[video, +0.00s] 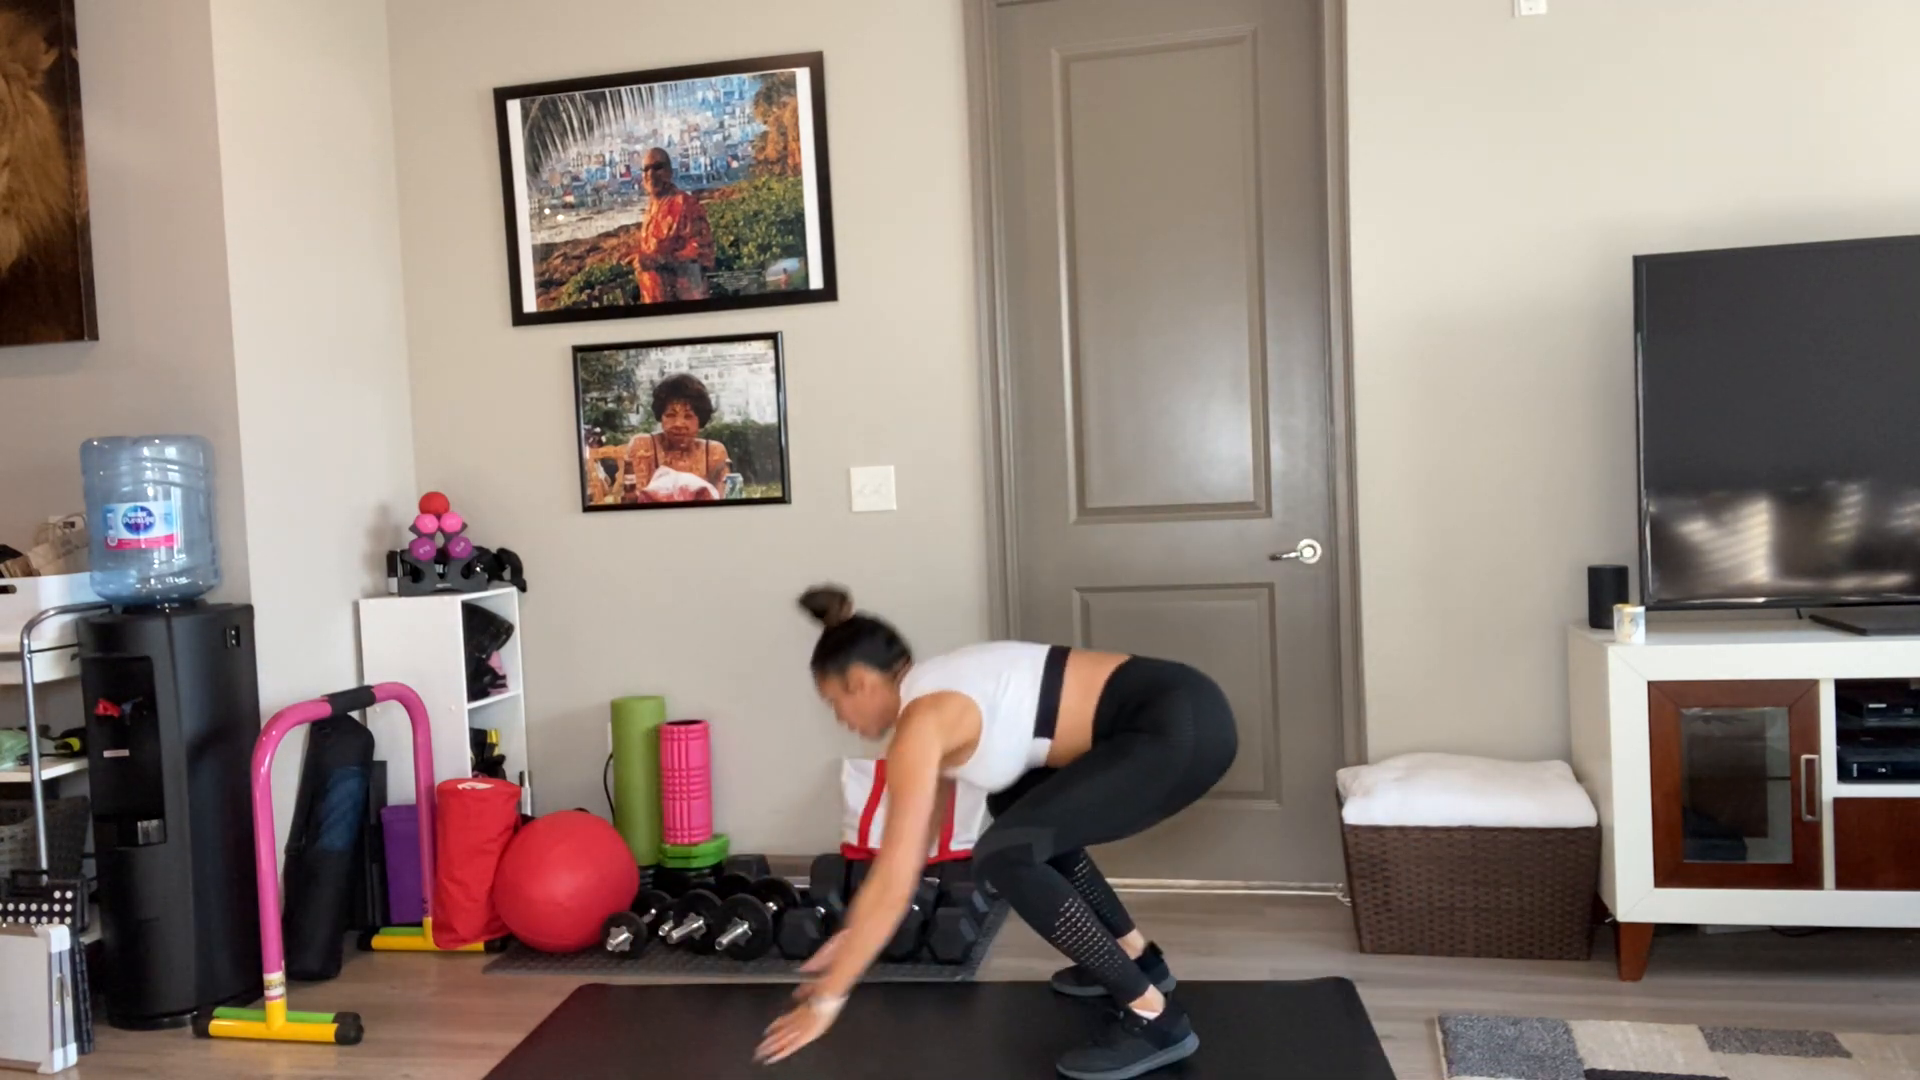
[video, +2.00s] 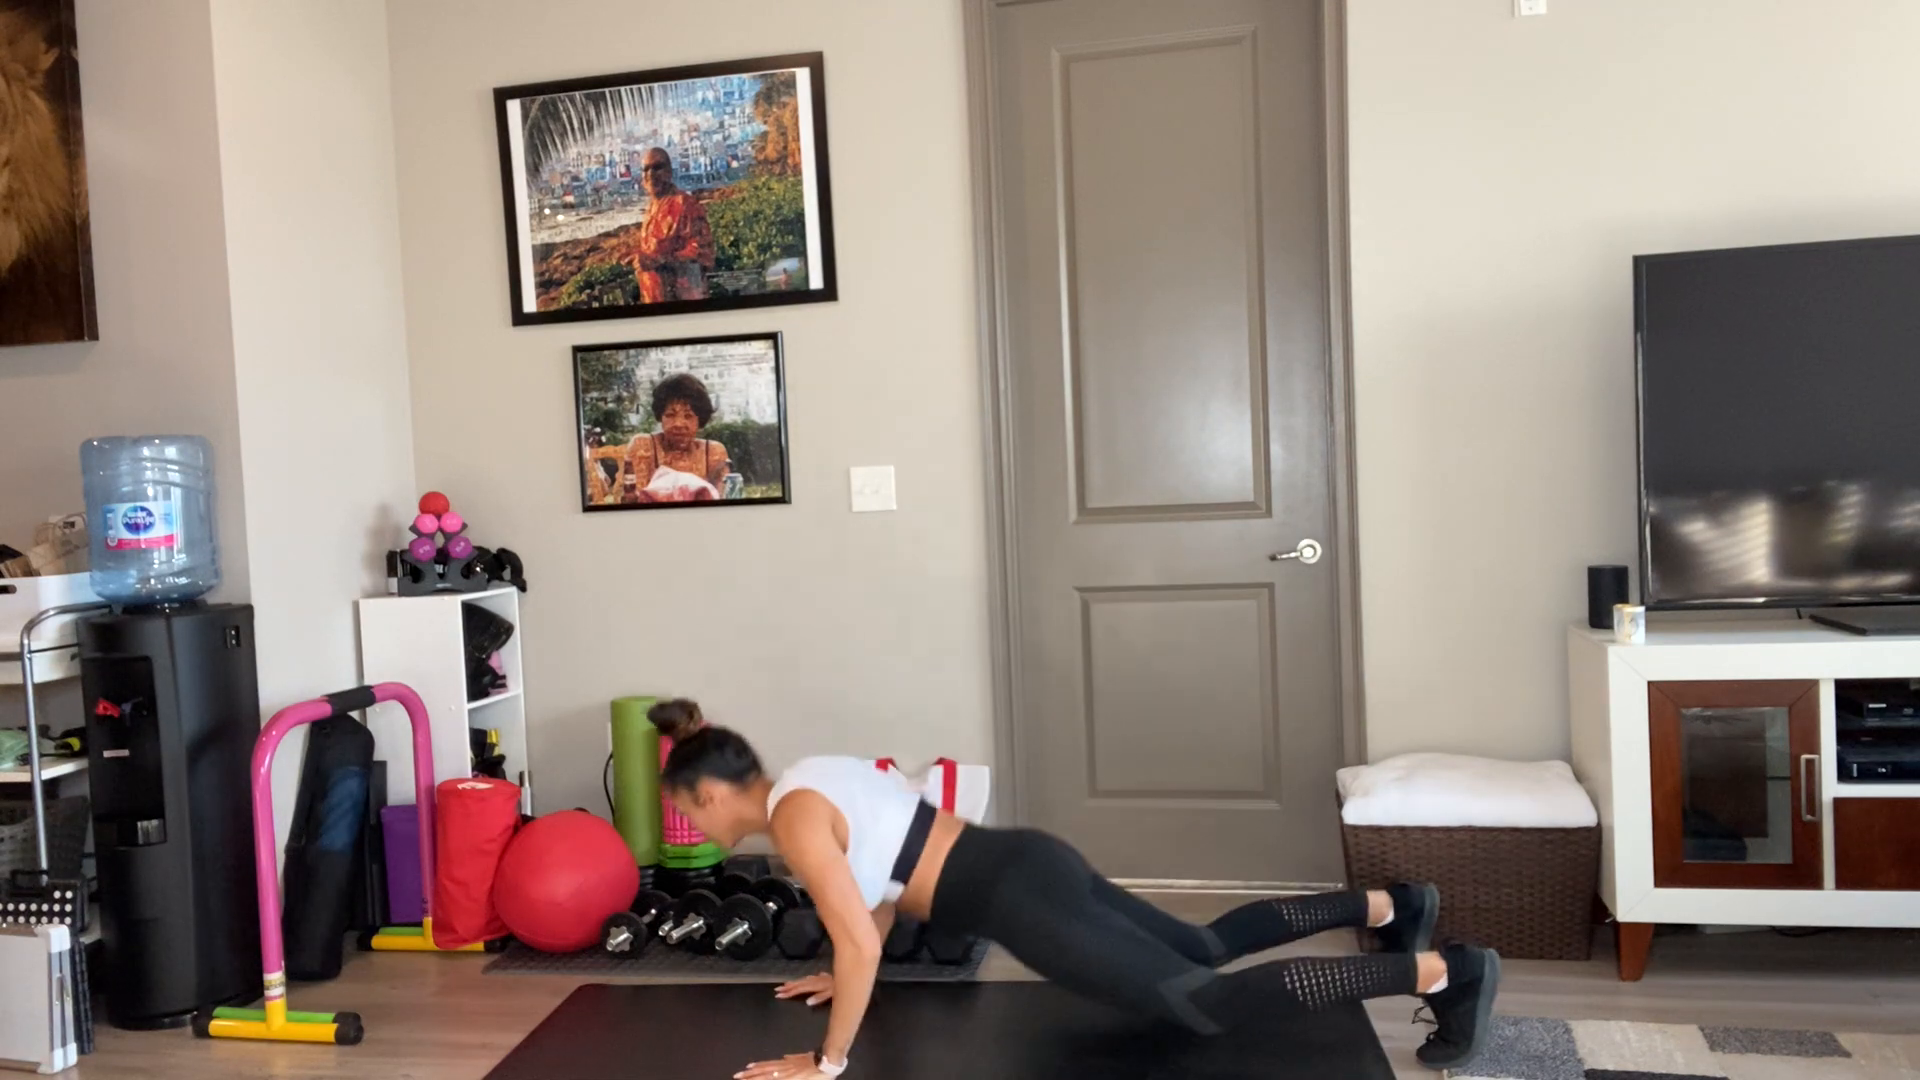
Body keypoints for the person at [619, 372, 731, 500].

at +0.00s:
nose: (679, 424)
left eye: (688, 416)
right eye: (670, 415)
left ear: (701, 420)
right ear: (660, 418)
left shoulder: (715, 451)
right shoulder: (641, 446)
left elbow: (719, 500)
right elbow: (638, 499)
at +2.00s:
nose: (679, 424)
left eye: (688, 416)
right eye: (670, 415)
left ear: (700, 420)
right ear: (660, 417)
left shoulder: (714, 451)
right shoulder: (641, 446)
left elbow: (722, 499)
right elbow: (629, 499)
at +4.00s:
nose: (679, 424)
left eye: (688, 416)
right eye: (670, 415)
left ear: (700, 420)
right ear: (660, 417)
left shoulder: (715, 451)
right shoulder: (641, 446)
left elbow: (721, 500)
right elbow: (631, 499)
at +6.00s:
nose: (679, 424)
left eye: (688, 416)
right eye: (670, 415)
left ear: (701, 420)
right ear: (660, 417)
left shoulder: (714, 451)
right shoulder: (641, 446)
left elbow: (722, 499)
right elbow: (628, 498)